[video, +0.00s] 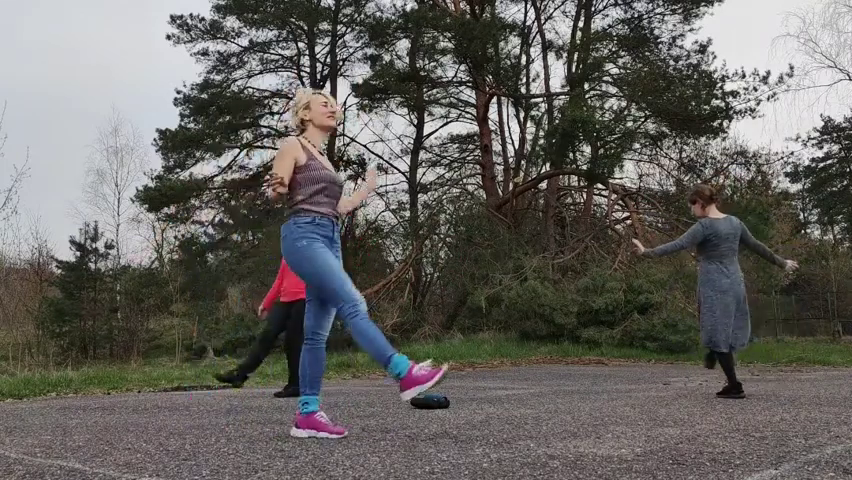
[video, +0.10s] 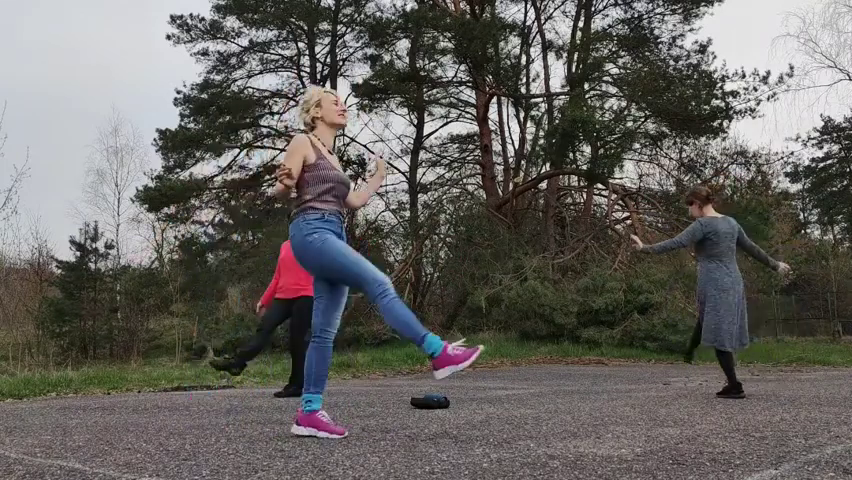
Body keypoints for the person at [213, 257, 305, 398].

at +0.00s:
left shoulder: (317, 254)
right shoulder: (290, 253)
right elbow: (280, 280)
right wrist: (266, 302)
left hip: (302, 300)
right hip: (284, 300)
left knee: (294, 343)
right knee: (266, 338)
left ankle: (295, 385)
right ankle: (239, 375)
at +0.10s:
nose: (298, 230)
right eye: (296, 226)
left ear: (312, 229)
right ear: (294, 228)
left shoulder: (317, 246)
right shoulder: (287, 245)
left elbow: (323, 273)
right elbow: (277, 277)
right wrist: (264, 300)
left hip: (306, 295)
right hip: (284, 296)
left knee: (297, 342)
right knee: (264, 329)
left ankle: (296, 385)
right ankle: (237, 363)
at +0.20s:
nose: (295, 219)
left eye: (298, 215)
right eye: (291, 216)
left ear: (303, 218)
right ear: (286, 219)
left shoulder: (310, 238)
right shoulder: (283, 242)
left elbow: (314, 259)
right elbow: (275, 272)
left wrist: (302, 233)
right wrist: (261, 295)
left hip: (304, 292)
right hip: (282, 291)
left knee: (297, 339)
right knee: (267, 318)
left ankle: (295, 384)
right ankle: (259, 364)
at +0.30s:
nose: (293, 218)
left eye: (295, 214)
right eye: (289, 215)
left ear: (302, 216)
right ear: (284, 219)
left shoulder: (308, 237)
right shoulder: (280, 239)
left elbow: (309, 259)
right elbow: (272, 270)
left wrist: (300, 240)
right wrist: (259, 292)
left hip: (303, 292)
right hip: (279, 292)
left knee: (297, 337)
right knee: (278, 332)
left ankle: (296, 380)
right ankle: (286, 376)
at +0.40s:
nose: (292, 219)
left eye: (295, 215)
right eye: (288, 216)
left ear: (301, 218)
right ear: (283, 220)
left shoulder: (308, 239)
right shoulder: (276, 241)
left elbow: (307, 260)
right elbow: (267, 270)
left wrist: (296, 241)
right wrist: (252, 293)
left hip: (304, 293)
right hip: (279, 294)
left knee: (298, 340)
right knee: (289, 339)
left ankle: (292, 382)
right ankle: (302, 382)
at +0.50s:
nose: (291, 217)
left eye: (294, 213)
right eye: (287, 214)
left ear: (300, 216)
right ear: (282, 218)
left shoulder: (308, 238)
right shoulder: (275, 241)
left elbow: (309, 262)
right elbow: (264, 269)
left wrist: (296, 245)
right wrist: (247, 291)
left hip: (304, 293)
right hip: (280, 294)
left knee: (299, 339)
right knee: (289, 339)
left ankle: (292, 381)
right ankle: (301, 383)